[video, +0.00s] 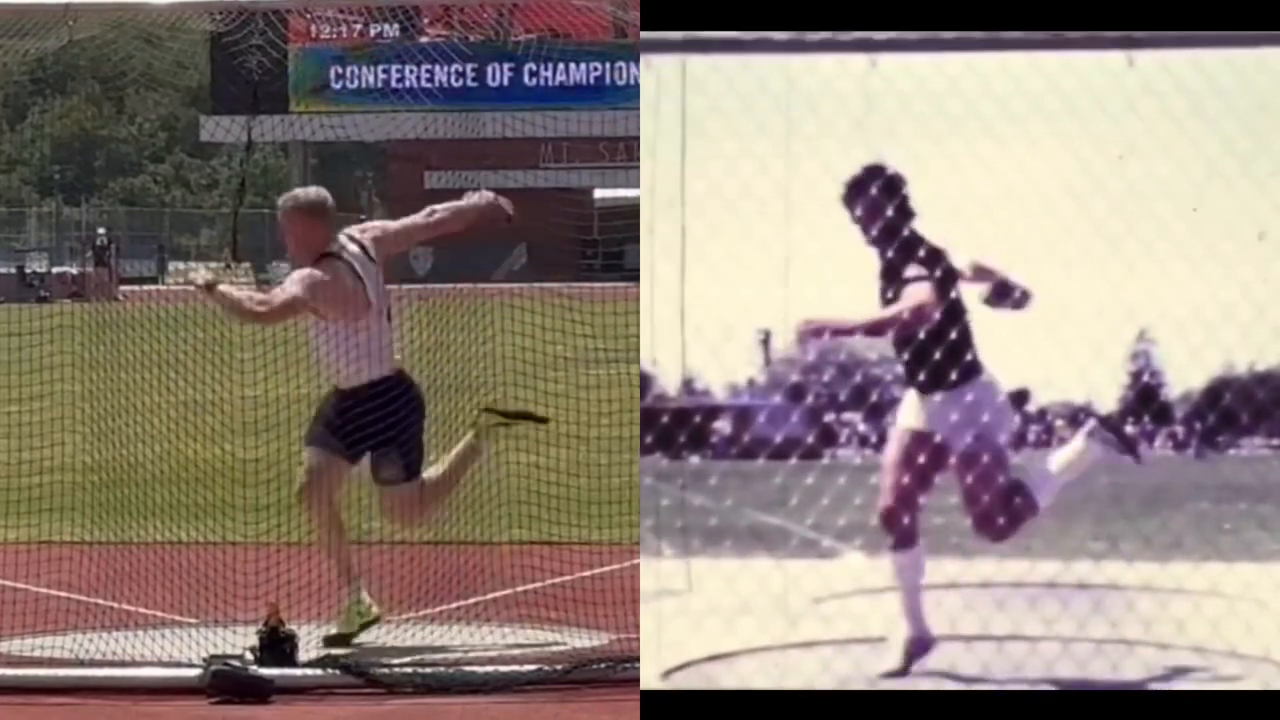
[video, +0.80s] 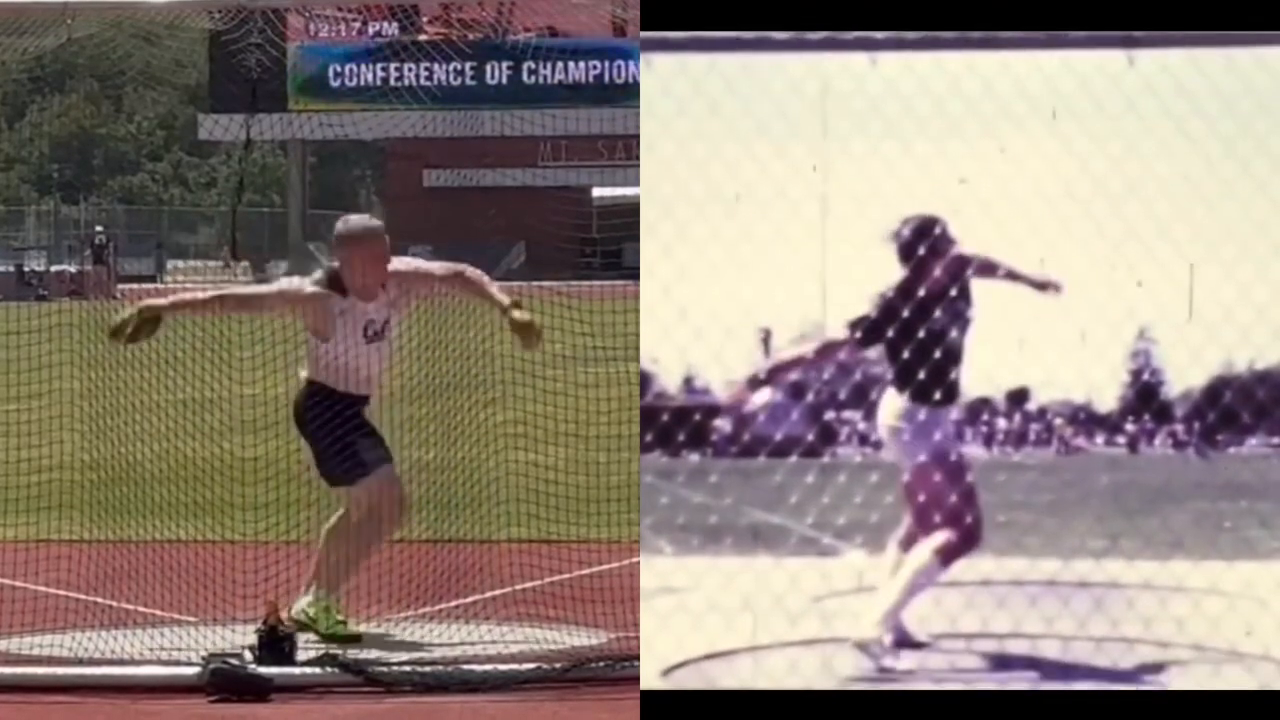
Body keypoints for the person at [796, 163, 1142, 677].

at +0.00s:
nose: (863, 226)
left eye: (869, 214)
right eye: (857, 217)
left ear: (893, 207)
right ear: (860, 218)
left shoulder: (916, 256)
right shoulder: (900, 256)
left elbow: (919, 310)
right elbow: (968, 270)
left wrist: (841, 329)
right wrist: (1006, 284)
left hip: (969, 401)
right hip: (924, 402)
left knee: (996, 522)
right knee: (895, 513)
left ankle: (1089, 445)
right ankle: (916, 632)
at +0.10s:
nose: (865, 228)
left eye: (869, 215)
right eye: (859, 219)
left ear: (895, 205)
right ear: (864, 220)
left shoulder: (924, 255)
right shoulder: (895, 257)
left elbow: (933, 304)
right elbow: (978, 287)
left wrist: (854, 324)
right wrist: (973, 292)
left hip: (968, 400)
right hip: (917, 401)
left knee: (997, 519)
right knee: (895, 512)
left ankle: (1065, 446)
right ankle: (914, 630)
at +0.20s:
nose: (873, 239)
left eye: (877, 226)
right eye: (867, 230)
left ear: (901, 218)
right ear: (868, 229)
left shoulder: (935, 263)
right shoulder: (876, 271)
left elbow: (959, 307)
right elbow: (900, 320)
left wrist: (883, 323)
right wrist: (867, 326)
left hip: (964, 399)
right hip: (908, 401)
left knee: (1000, 518)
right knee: (899, 522)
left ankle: (1029, 462)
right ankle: (904, 635)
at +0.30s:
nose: (895, 256)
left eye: (901, 244)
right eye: (884, 247)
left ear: (913, 239)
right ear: (869, 249)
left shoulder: (939, 275)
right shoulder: (867, 289)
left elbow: (993, 306)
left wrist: (933, 329)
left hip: (962, 410)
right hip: (904, 414)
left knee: (1000, 522)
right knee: (910, 529)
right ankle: (892, 635)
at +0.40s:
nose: (902, 251)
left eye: (907, 239)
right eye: (892, 242)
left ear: (916, 237)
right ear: (873, 246)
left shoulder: (941, 274)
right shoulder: (866, 282)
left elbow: (1009, 296)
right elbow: (838, 296)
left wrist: (967, 322)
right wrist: (822, 306)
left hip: (960, 407)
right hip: (903, 412)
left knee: (994, 512)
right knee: (916, 529)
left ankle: (946, 531)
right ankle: (886, 628)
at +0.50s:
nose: (904, 267)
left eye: (908, 255)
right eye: (895, 258)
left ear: (921, 248)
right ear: (880, 259)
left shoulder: (953, 279)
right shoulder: (868, 293)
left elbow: (1024, 278)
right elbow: (822, 303)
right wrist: (782, 305)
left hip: (957, 414)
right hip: (905, 419)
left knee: (975, 508)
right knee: (929, 528)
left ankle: (924, 567)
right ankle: (879, 628)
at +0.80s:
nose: (952, 254)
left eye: (949, 247)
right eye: (945, 249)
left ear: (924, 255)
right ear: (929, 256)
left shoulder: (953, 272)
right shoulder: (899, 304)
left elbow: (984, 267)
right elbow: (832, 347)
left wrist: (1032, 282)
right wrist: (764, 377)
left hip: (927, 411)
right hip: (912, 416)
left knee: (923, 521)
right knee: (964, 529)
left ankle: (886, 618)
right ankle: (882, 620)